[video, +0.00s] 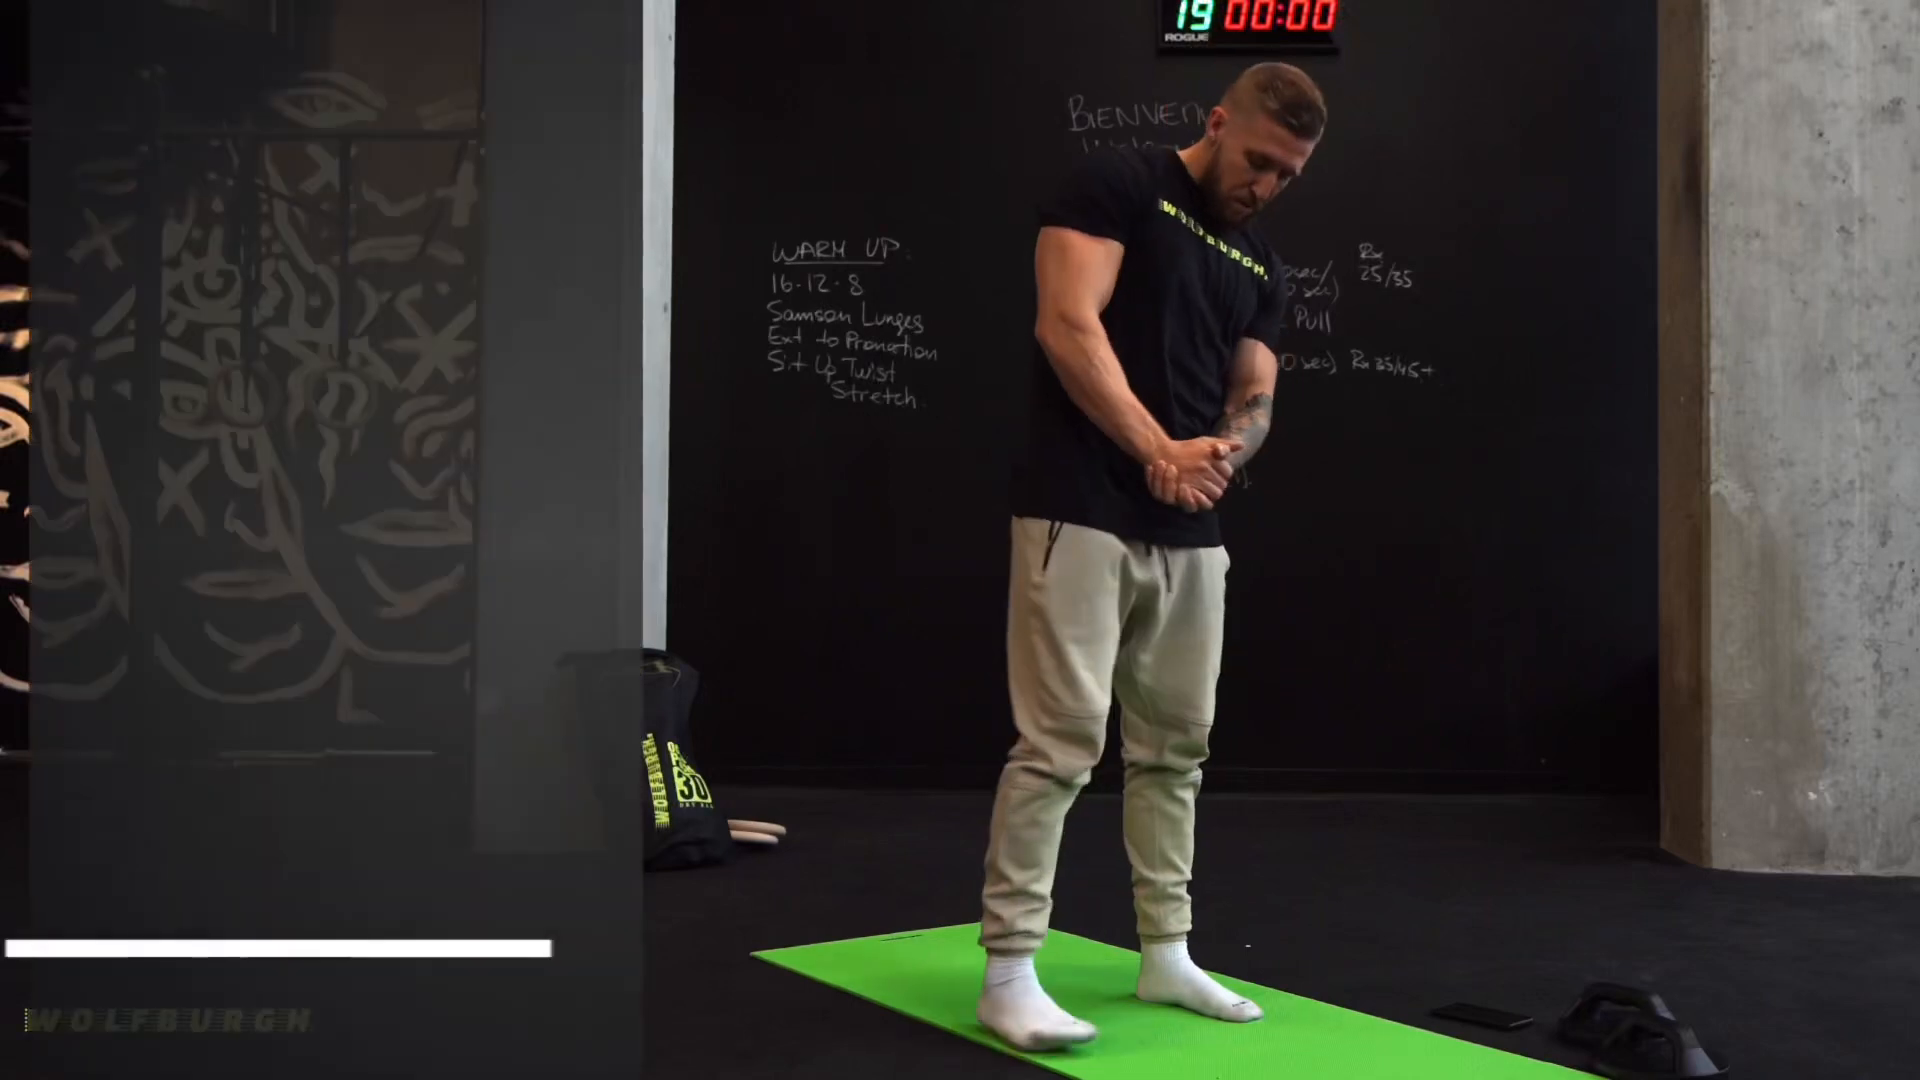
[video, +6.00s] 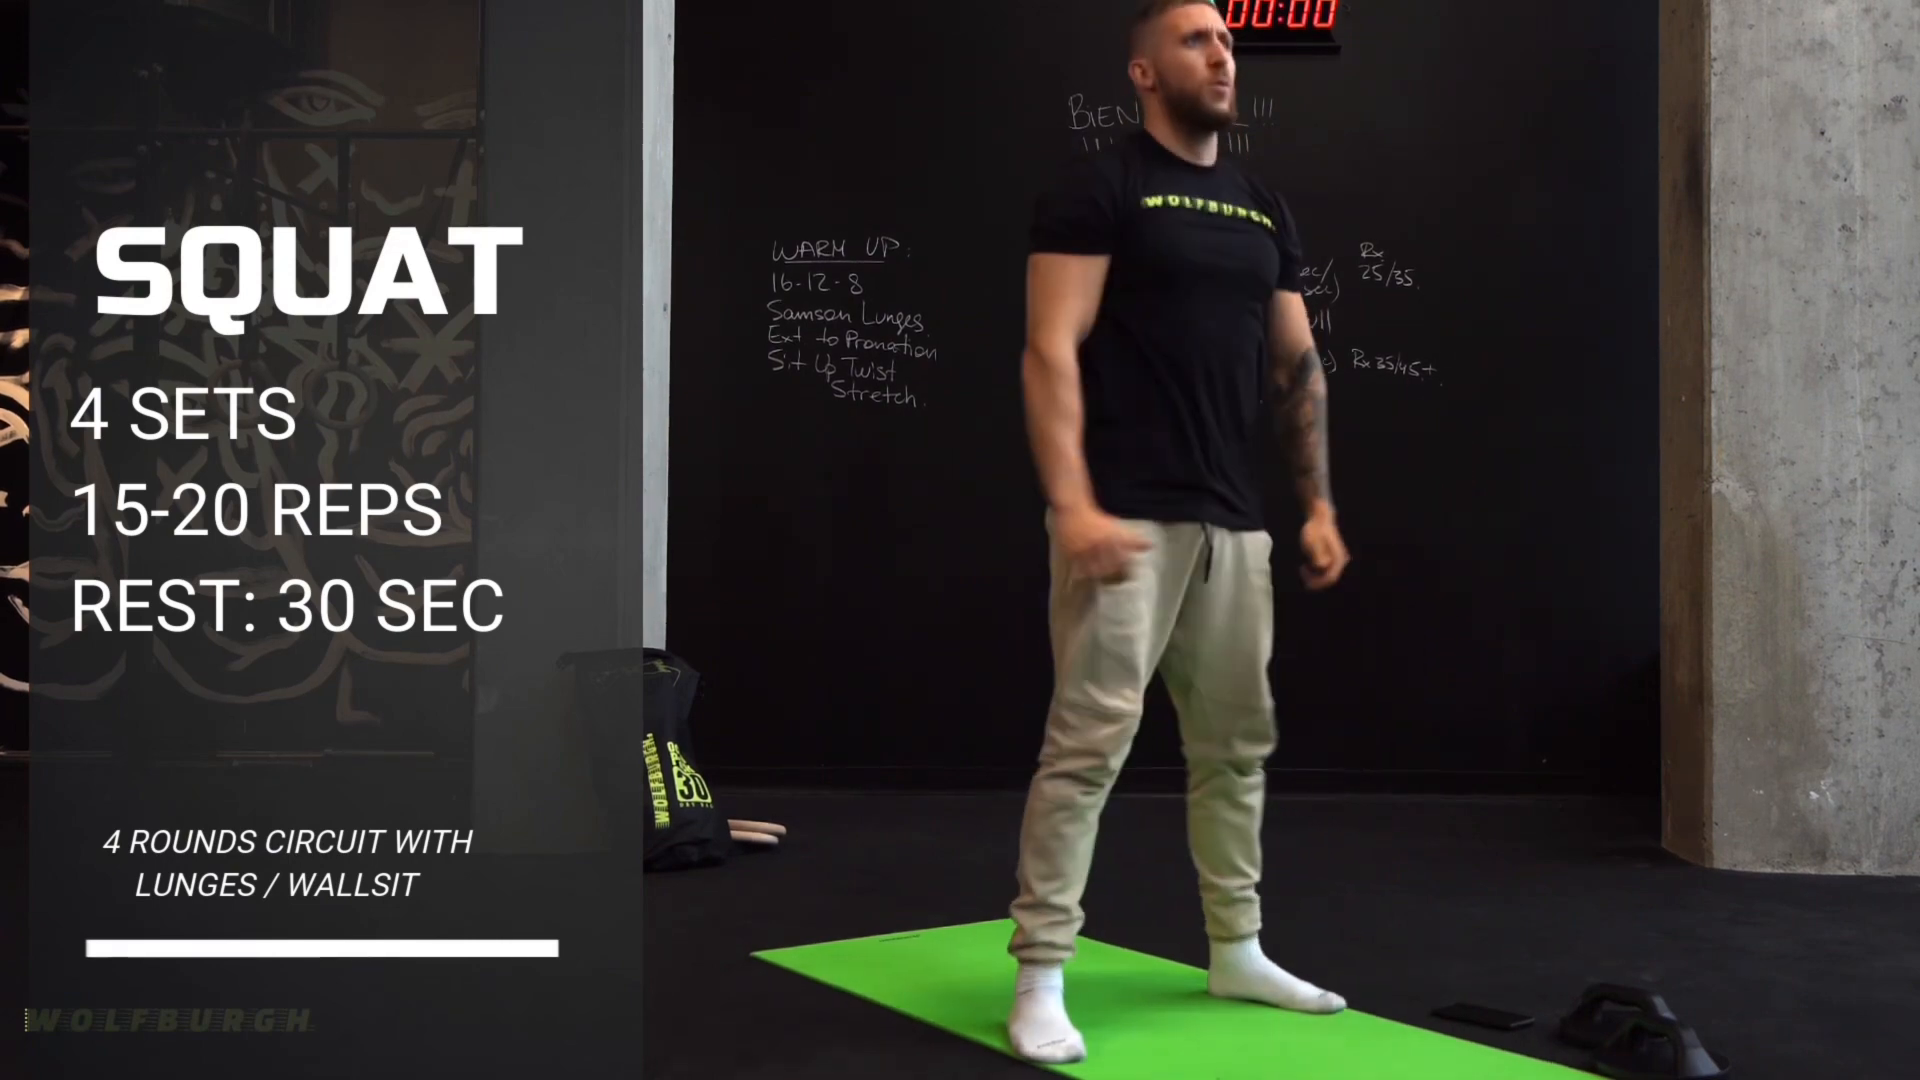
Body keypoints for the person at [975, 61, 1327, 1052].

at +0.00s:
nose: (1267, 187)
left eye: (1287, 174)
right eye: (1257, 162)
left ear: (1301, 167)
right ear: (1213, 123)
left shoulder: (1256, 268)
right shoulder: (1109, 188)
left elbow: (1254, 399)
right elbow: (1066, 327)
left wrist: (1227, 452)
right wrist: (1157, 449)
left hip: (1186, 531)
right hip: (1077, 517)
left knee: (1174, 746)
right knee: (1059, 744)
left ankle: (1165, 957)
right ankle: (1010, 974)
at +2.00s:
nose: (1194, 133)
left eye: (1210, 114)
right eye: (1177, 111)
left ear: (1220, 109)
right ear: (1125, 90)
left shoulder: (1217, 212)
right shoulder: (1052, 197)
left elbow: (1259, 343)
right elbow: (1063, 358)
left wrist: (1263, 403)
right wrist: (1200, 426)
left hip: (1204, 531)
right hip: (1088, 527)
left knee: (1217, 748)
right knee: (1070, 759)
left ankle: (1234, 954)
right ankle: (1033, 980)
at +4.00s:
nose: (1212, 170)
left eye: (1217, 155)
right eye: (1188, 155)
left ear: (1224, 174)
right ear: (1132, 174)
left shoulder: (1239, 294)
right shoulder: (1087, 287)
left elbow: (1315, 407)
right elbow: (1113, 425)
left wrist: (1353, 485)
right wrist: (1257, 506)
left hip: (1207, 585)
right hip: (1087, 584)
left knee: (1297, 751)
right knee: (1114, 758)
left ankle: (1242, 959)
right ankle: (1043, 984)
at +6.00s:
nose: (1222, 57)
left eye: (1226, 41)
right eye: (1196, 42)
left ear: (1234, 68)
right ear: (1144, 73)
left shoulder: (1260, 204)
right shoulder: (1095, 191)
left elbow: (1297, 365)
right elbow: (1049, 353)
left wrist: (1315, 501)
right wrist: (1072, 505)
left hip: (1238, 524)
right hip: (1122, 518)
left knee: (1235, 743)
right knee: (1088, 745)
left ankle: (1238, 955)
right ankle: (1041, 978)